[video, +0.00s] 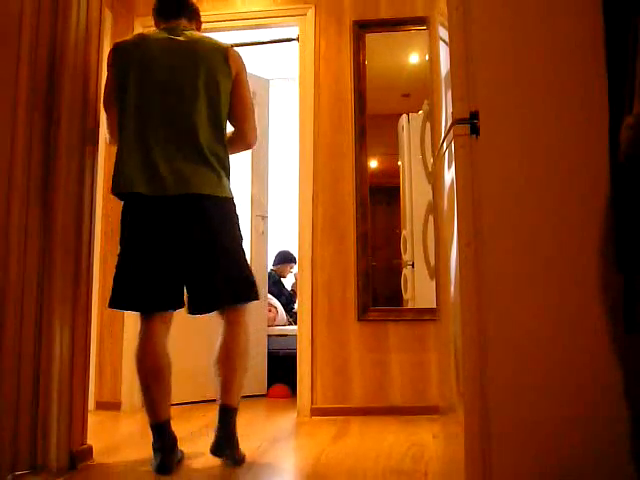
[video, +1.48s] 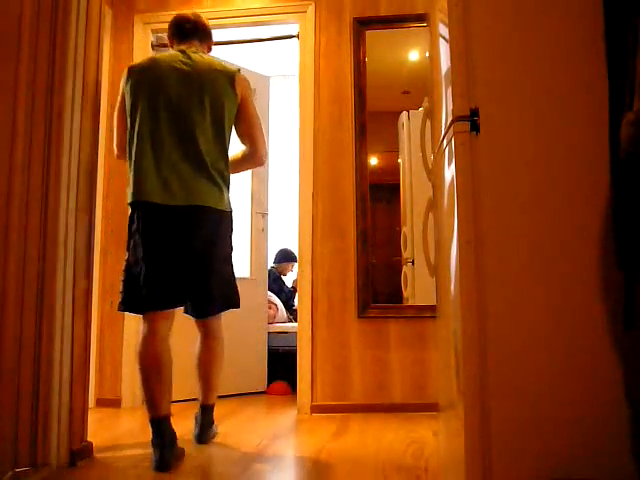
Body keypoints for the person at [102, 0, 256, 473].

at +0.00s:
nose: (194, 21)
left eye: (168, 17)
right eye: (196, 17)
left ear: (154, 18)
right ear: (196, 18)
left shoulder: (124, 52)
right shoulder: (225, 56)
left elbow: (114, 130)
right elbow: (247, 136)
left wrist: (154, 141)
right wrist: (206, 147)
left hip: (145, 205)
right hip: (207, 205)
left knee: (154, 321)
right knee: (237, 311)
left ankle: (163, 445)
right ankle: (227, 434)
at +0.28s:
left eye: (152, 18)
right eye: (190, 18)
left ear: (150, 19)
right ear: (194, 19)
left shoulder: (124, 55)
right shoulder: (226, 59)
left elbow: (114, 133)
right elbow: (255, 137)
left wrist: (157, 140)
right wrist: (211, 148)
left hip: (148, 206)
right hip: (207, 207)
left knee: (154, 324)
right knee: (210, 326)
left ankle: (164, 446)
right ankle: (206, 445)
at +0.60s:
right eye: (196, 20)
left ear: (154, 20)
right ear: (198, 20)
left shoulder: (128, 53)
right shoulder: (229, 58)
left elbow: (115, 131)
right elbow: (257, 137)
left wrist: (159, 137)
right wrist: (213, 148)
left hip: (150, 205)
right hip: (208, 207)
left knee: (155, 323)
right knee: (210, 325)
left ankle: (164, 445)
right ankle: (206, 444)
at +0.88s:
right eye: (197, 23)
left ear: (156, 22)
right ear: (199, 24)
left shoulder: (128, 54)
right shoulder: (229, 61)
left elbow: (115, 132)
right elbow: (257, 139)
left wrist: (158, 139)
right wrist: (212, 149)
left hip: (149, 206)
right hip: (207, 208)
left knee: (155, 323)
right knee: (209, 324)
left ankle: (164, 444)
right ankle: (206, 444)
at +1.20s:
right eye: (198, 31)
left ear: (158, 29)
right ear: (199, 31)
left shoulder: (128, 61)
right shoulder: (226, 65)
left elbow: (116, 136)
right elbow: (255, 142)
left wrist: (157, 144)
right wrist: (210, 154)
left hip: (148, 207)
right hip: (205, 208)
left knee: (154, 324)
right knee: (208, 319)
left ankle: (164, 440)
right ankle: (199, 430)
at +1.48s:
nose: (203, 51)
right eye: (206, 45)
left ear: (168, 41)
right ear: (208, 43)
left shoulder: (137, 72)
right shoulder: (230, 77)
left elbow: (122, 148)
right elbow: (257, 153)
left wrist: (161, 159)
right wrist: (215, 167)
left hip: (152, 212)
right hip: (208, 213)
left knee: (156, 325)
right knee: (210, 324)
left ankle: (163, 440)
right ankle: (205, 420)